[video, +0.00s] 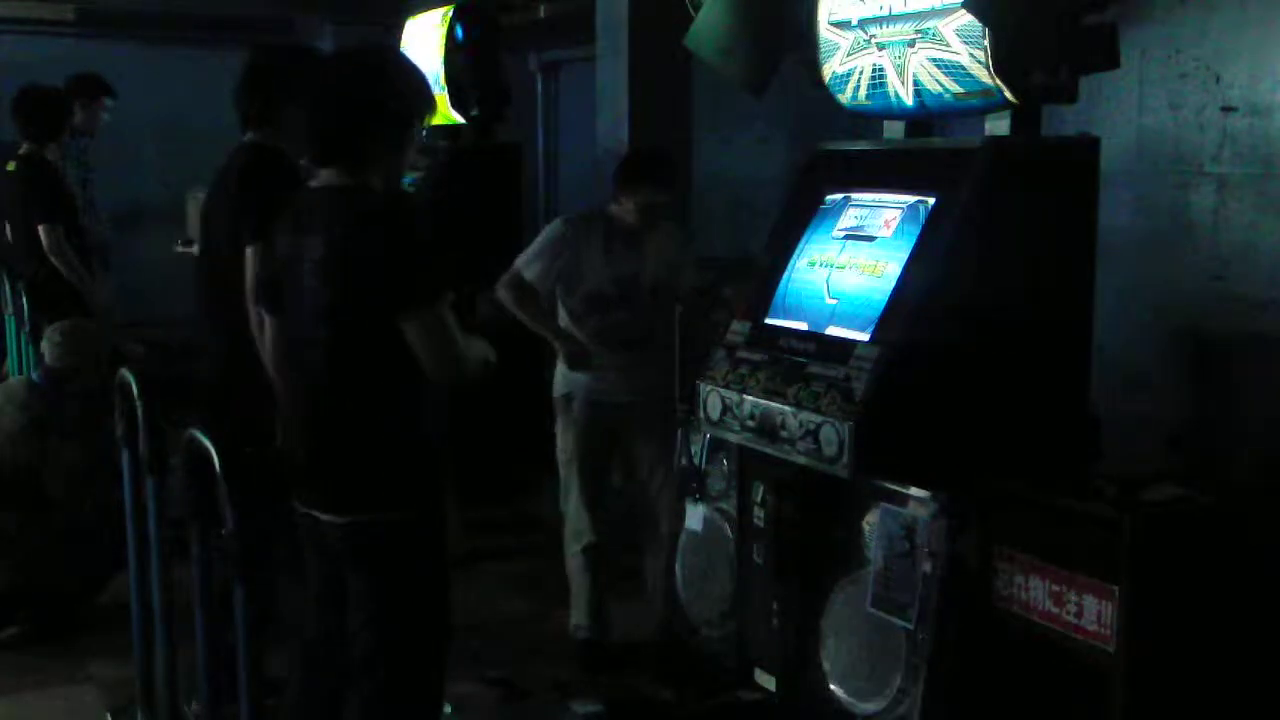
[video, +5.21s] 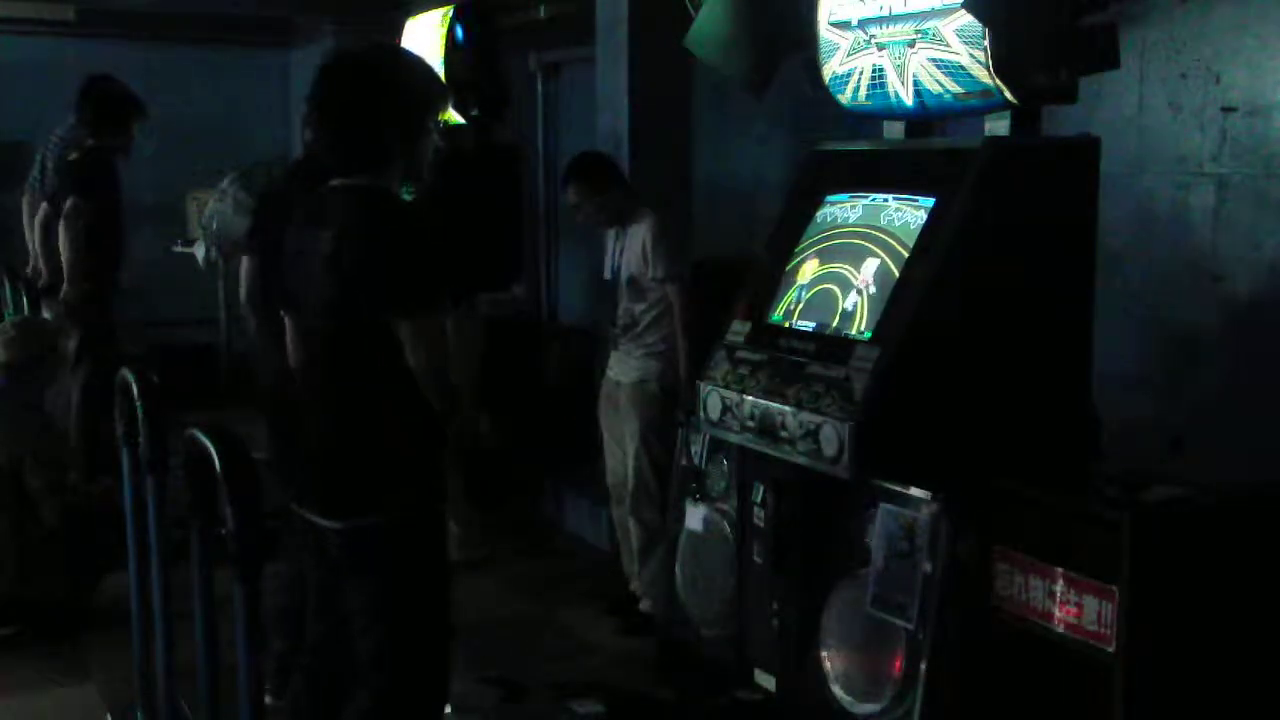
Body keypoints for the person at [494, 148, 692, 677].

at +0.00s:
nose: (648, 216)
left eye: (657, 206)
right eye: (641, 204)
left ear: (667, 204)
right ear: (620, 196)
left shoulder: (667, 242)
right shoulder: (572, 234)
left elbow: (689, 304)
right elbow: (513, 288)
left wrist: (678, 360)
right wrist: (561, 338)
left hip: (649, 390)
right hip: (584, 391)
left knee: (661, 508)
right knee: (585, 513)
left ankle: (663, 624)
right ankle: (587, 628)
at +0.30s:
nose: (663, 213)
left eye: (673, 204)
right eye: (655, 201)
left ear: (682, 205)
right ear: (636, 196)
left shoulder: (683, 245)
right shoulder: (596, 237)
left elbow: (701, 307)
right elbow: (561, 307)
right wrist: (601, 341)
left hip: (660, 391)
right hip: (600, 392)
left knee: (664, 512)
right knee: (595, 517)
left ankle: (664, 622)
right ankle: (589, 628)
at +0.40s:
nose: (680, 217)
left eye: (687, 207)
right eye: (674, 205)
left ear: (690, 207)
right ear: (650, 199)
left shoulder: (684, 247)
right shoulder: (606, 238)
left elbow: (694, 314)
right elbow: (590, 321)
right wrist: (654, 347)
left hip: (663, 385)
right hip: (608, 385)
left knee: (665, 510)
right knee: (599, 514)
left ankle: (664, 621)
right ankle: (589, 626)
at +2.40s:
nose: (721, 231)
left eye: (730, 222)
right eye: (715, 219)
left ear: (737, 223)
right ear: (695, 211)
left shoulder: (724, 260)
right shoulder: (649, 250)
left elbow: (733, 325)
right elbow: (645, 340)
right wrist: (698, 384)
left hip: (681, 394)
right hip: (628, 388)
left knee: (675, 511)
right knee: (612, 511)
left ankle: (666, 624)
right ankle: (591, 625)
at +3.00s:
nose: (693, 217)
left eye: (702, 208)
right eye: (688, 205)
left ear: (712, 208)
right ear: (669, 196)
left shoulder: (711, 246)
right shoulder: (624, 238)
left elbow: (726, 311)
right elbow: (593, 311)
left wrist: (699, 361)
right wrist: (637, 361)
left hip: (681, 386)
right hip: (623, 384)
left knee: (676, 499)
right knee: (606, 495)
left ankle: (668, 605)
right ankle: (597, 592)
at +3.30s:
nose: (622, 209)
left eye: (630, 199)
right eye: (614, 199)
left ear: (651, 195)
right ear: (606, 197)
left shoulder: (676, 241)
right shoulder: (594, 232)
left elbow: (708, 312)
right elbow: (572, 299)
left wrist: (676, 370)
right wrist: (592, 359)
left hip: (657, 385)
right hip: (603, 383)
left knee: (665, 503)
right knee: (595, 498)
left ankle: (667, 607)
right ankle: (604, 594)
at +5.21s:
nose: (580, 215)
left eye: (583, 204)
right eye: (576, 206)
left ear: (607, 193)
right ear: (594, 201)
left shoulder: (650, 231)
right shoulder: (614, 235)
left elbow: (678, 304)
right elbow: (625, 307)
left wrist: (686, 378)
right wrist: (617, 358)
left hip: (650, 375)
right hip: (618, 370)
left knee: (642, 486)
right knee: (619, 484)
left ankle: (653, 598)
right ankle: (634, 586)